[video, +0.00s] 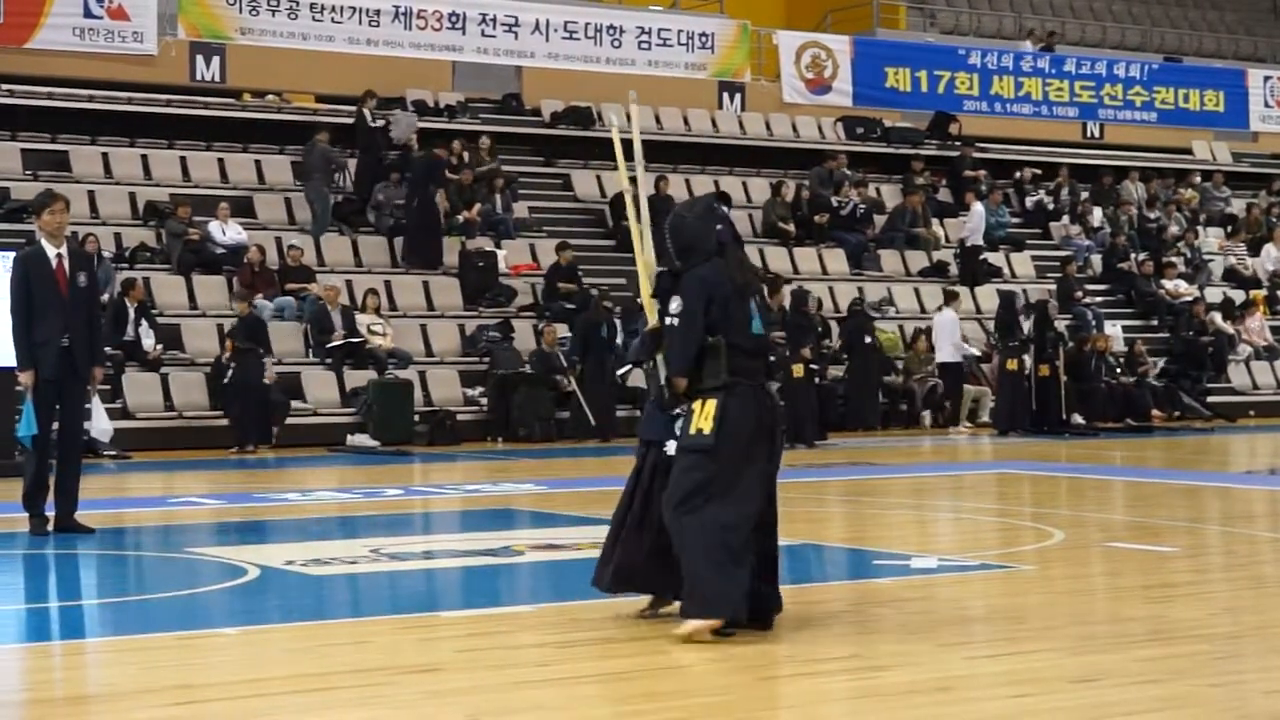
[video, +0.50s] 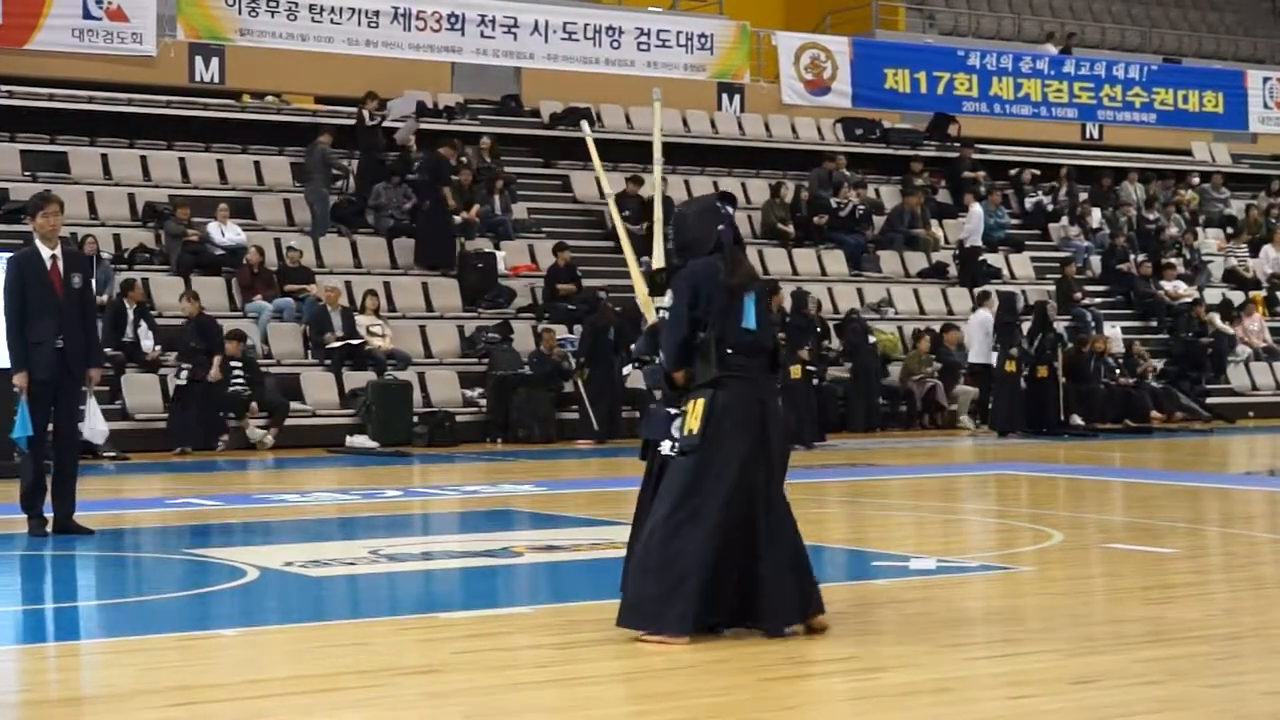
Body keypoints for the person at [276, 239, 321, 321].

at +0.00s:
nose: (294, 253)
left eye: (297, 250)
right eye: (291, 250)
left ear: (301, 253)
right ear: (288, 253)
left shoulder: (308, 269)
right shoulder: (283, 269)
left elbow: (314, 284)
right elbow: (285, 286)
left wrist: (314, 291)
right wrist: (305, 286)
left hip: (306, 292)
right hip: (291, 294)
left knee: (312, 298)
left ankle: (305, 324)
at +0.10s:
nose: (293, 254)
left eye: (296, 251)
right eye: (290, 251)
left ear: (301, 254)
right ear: (287, 254)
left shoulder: (308, 270)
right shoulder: (282, 269)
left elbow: (313, 286)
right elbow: (284, 287)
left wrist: (313, 291)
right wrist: (305, 286)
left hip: (305, 293)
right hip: (290, 295)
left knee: (312, 299)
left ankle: (305, 325)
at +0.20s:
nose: (292, 254)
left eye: (295, 251)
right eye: (290, 251)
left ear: (301, 254)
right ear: (287, 254)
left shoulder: (307, 270)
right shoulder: (282, 270)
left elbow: (313, 285)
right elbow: (284, 287)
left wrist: (313, 291)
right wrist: (305, 287)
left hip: (305, 293)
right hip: (290, 295)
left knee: (312, 299)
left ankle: (304, 325)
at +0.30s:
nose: (293, 254)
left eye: (296, 251)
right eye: (290, 251)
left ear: (301, 254)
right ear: (287, 254)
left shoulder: (307, 270)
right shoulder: (282, 270)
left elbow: (313, 286)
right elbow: (285, 287)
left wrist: (313, 292)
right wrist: (305, 287)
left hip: (305, 293)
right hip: (290, 295)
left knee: (311, 300)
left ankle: (304, 325)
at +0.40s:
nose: (292, 254)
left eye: (295, 251)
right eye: (290, 251)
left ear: (300, 254)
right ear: (287, 254)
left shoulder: (307, 270)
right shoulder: (282, 270)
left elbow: (313, 286)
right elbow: (284, 287)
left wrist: (312, 292)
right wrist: (305, 287)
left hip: (305, 293)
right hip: (290, 295)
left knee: (311, 299)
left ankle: (305, 325)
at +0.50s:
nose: (292, 254)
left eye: (295, 251)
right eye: (289, 251)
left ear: (300, 255)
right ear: (286, 254)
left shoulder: (307, 270)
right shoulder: (282, 270)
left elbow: (313, 287)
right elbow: (284, 288)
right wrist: (305, 287)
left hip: (305, 294)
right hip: (289, 295)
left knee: (311, 299)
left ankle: (305, 325)